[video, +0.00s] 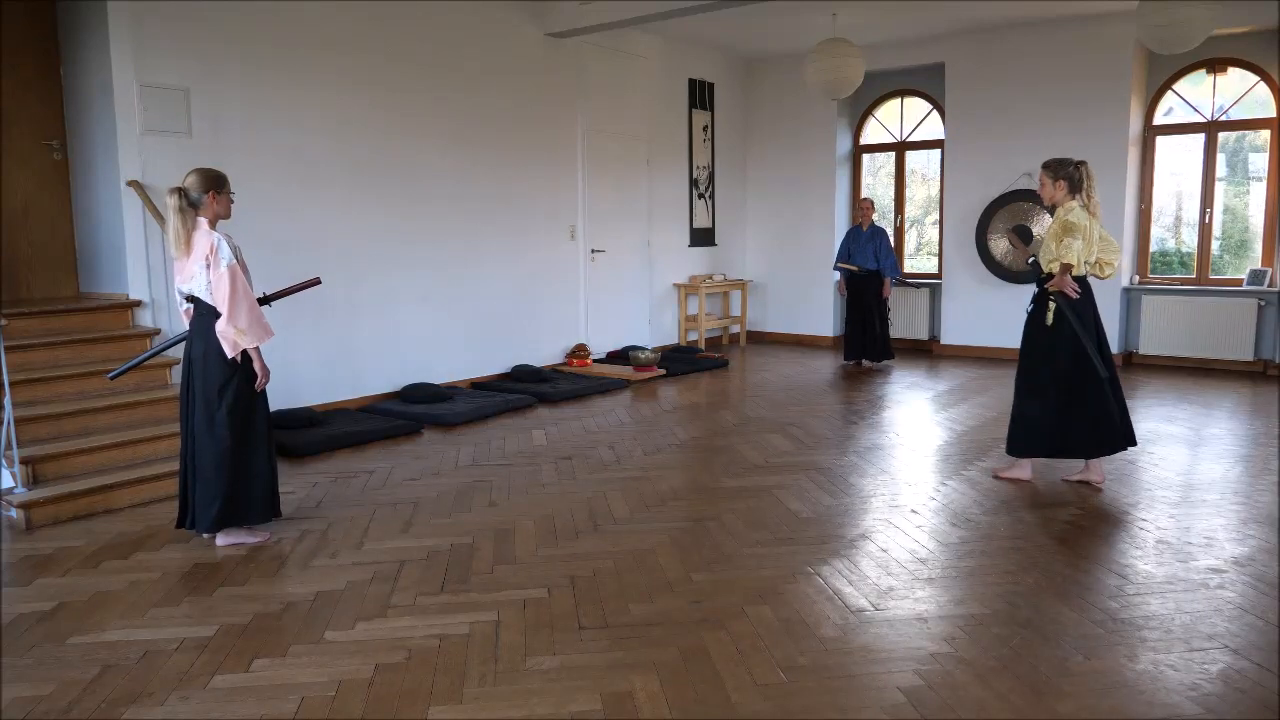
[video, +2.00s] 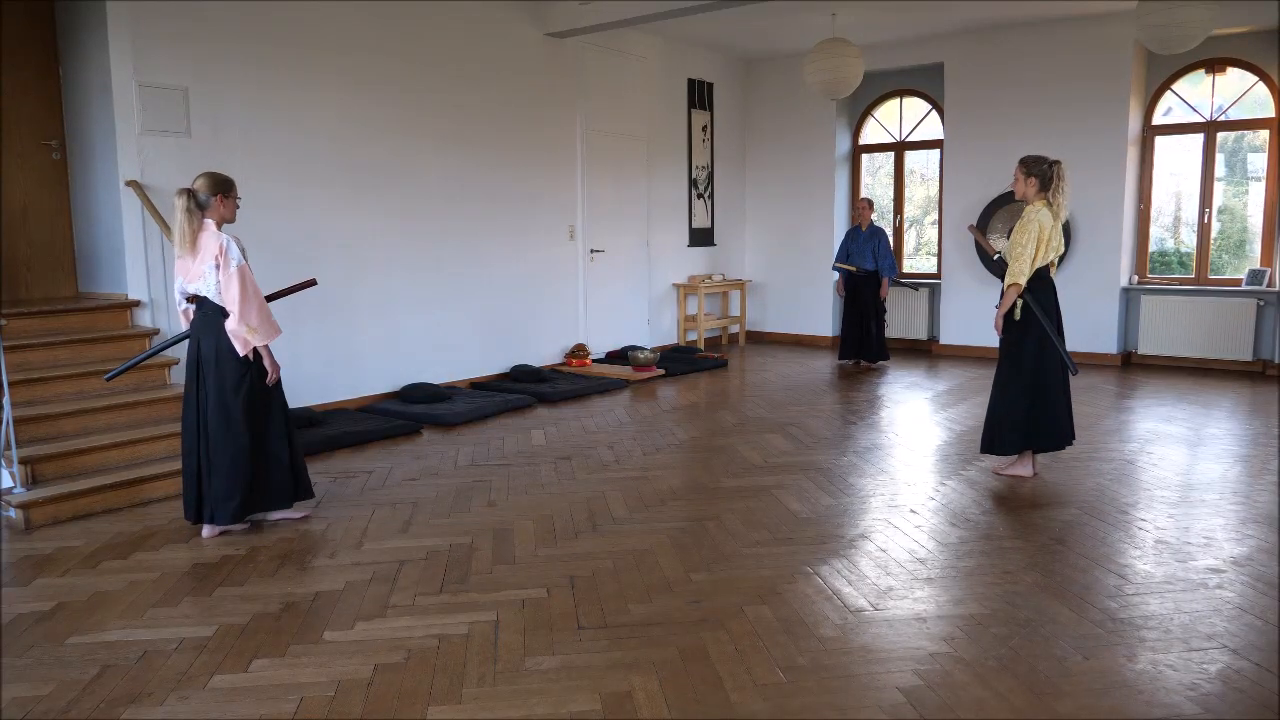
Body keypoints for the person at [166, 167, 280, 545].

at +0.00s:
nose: (232, 201)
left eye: (231, 194)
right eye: (229, 195)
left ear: (202, 199)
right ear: (212, 198)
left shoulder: (184, 241)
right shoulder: (218, 242)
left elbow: (186, 303)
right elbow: (234, 304)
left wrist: (204, 333)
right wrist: (255, 352)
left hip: (200, 343)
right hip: (225, 344)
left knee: (211, 432)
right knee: (232, 433)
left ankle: (216, 521)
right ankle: (231, 526)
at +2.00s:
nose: (237, 206)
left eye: (236, 199)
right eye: (234, 200)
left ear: (203, 202)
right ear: (219, 202)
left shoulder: (186, 245)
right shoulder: (224, 244)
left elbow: (185, 303)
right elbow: (242, 304)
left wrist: (201, 334)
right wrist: (264, 349)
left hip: (201, 340)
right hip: (232, 339)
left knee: (213, 425)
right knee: (260, 415)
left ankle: (216, 515)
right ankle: (276, 502)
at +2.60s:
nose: (288, 205)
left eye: (286, 199)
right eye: (285, 200)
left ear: (256, 203)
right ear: (271, 202)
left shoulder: (237, 245)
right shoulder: (280, 242)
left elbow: (236, 301)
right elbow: (294, 299)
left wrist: (252, 327)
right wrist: (312, 344)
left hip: (251, 332)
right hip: (281, 332)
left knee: (247, 413)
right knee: (298, 411)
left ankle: (221, 500)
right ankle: (306, 493)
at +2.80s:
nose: (305, 204)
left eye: (304, 199)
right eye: (302, 199)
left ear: (275, 201)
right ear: (289, 201)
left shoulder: (254, 244)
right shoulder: (298, 240)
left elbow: (256, 298)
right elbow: (314, 297)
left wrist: (273, 324)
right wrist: (333, 339)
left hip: (272, 330)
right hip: (302, 330)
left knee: (275, 406)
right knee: (309, 408)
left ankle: (254, 486)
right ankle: (305, 493)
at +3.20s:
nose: (337, 210)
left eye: (336, 204)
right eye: (335, 204)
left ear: (310, 206)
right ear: (322, 206)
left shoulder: (290, 246)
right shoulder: (329, 242)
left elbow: (290, 301)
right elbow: (342, 298)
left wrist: (307, 325)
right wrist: (358, 340)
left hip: (306, 331)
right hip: (331, 330)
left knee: (314, 408)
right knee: (340, 406)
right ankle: (305, 491)